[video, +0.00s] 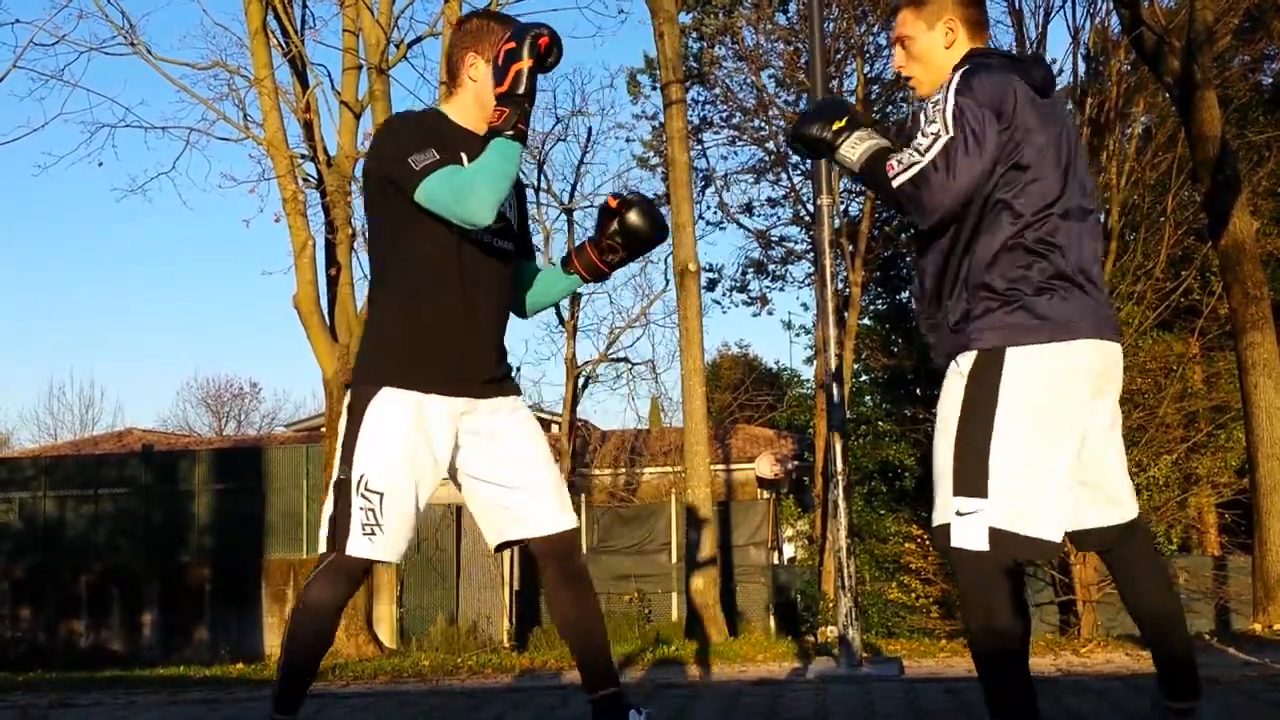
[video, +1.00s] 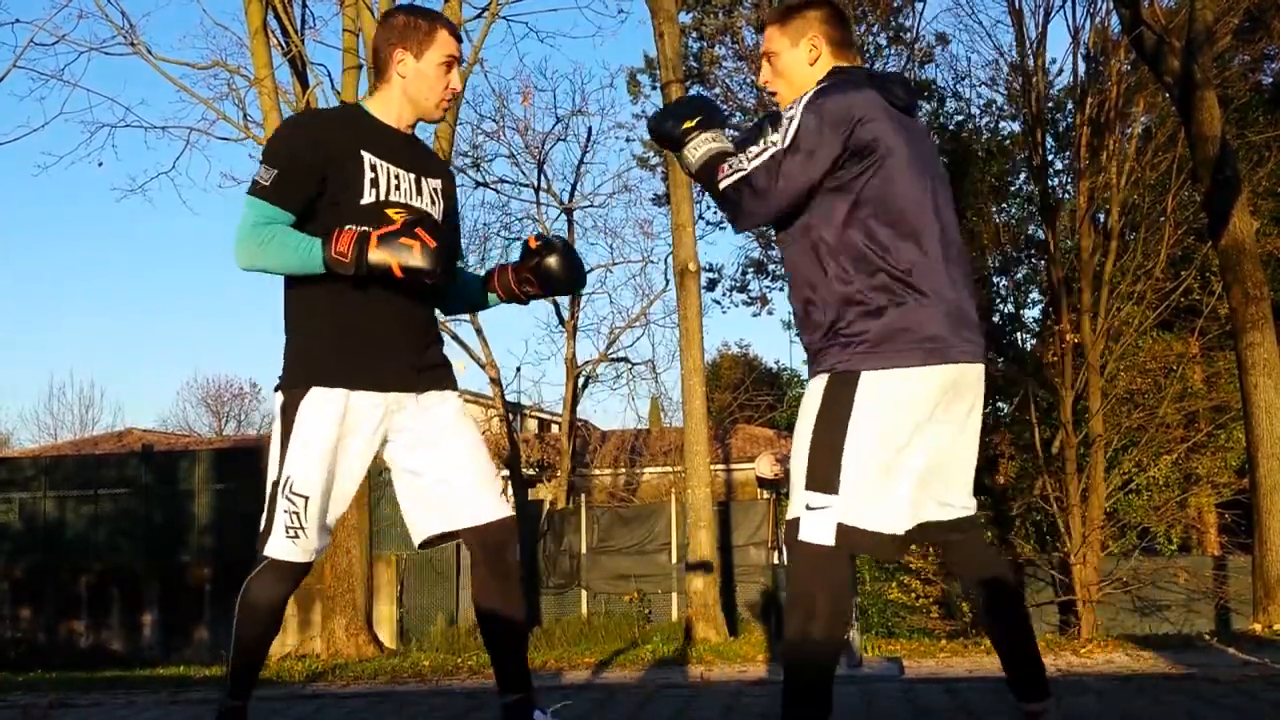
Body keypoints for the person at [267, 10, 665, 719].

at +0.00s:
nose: (519, 83)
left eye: (524, 72)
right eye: (510, 67)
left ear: (508, 77)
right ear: (471, 66)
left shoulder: (506, 177)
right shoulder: (403, 134)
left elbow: (521, 296)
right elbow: (470, 205)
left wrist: (588, 264)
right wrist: (514, 121)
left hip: (488, 390)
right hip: (401, 386)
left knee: (557, 544)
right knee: (351, 558)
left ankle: (611, 708)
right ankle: (282, 711)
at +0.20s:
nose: (474, 81)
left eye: (478, 67)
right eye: (465, 62)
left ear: (448, 60)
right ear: (427, 55)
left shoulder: (454, 161)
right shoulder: (353, 121)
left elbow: (446, 285)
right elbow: (418, 196)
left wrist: (518, 263)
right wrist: (462, 109)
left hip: (433, 377)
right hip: (349, 369)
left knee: (491, 524)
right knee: (318, 545)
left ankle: (421, 701)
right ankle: (272, 710)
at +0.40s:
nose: (446, 85)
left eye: (453, 74)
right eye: (437, 68)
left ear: (444, 82)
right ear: (400, 63)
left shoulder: (436, 176)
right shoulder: (327, 129)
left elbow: (455, 289)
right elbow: (377, 208)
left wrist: (517, 262)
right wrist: (424, 120)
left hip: (411, 386)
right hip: (324, 379)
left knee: (428, 549)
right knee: (295, 552)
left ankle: (384, 710)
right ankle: (252, 711)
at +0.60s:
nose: (427, 73)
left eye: (429, 62)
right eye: (416, 57)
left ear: (386, 60)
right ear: (369, 54)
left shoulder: (405, 164)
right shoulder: (298, 124)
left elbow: (414, 287)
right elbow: (320, 224)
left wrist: (481, 260)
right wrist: (409, 149)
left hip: (394, 380)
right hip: (309, 375)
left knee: (416, 542)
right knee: (282, 545)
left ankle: (384, 708)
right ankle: (231, 706)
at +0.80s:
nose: (418, 91)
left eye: (420, 76)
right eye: (409, 72)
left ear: (373, 71)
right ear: (362, 66)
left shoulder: (392, 175)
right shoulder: (282, 140)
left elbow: (385, 301)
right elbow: (237, 252)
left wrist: (456, 283)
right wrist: (351, 257)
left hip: (390, 385)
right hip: (304, 387)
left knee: (467, 520)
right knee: (273, 557)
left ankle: (435, 704)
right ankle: (230, 714)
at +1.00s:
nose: (457, 82)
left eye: (459, 68)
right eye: (448, 65)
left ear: (412, 68)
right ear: (400, 62)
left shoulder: (435, 172)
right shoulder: (313, 133)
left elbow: (442, 289)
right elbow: (252, 243)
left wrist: (502, 284)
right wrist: (358, 251)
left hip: (423, 380)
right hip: (331, 379)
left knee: (494, 528)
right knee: (289, 551)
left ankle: (518, 706)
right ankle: (233, 709)